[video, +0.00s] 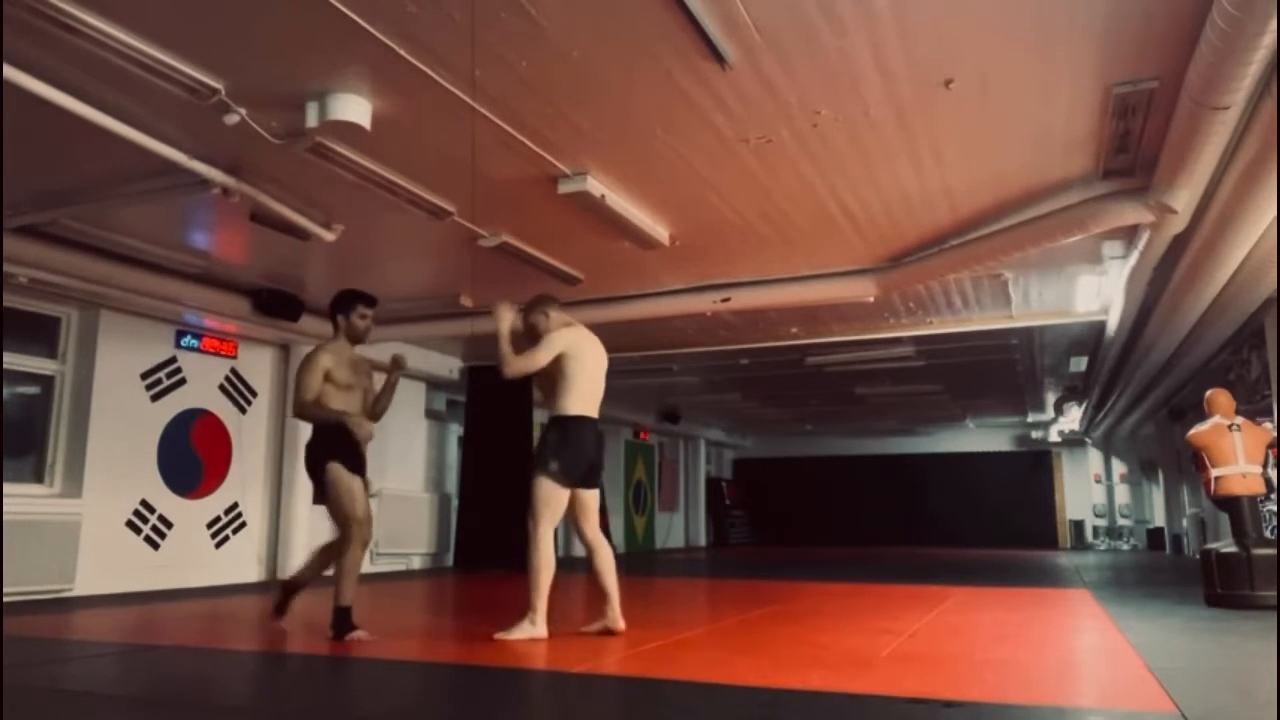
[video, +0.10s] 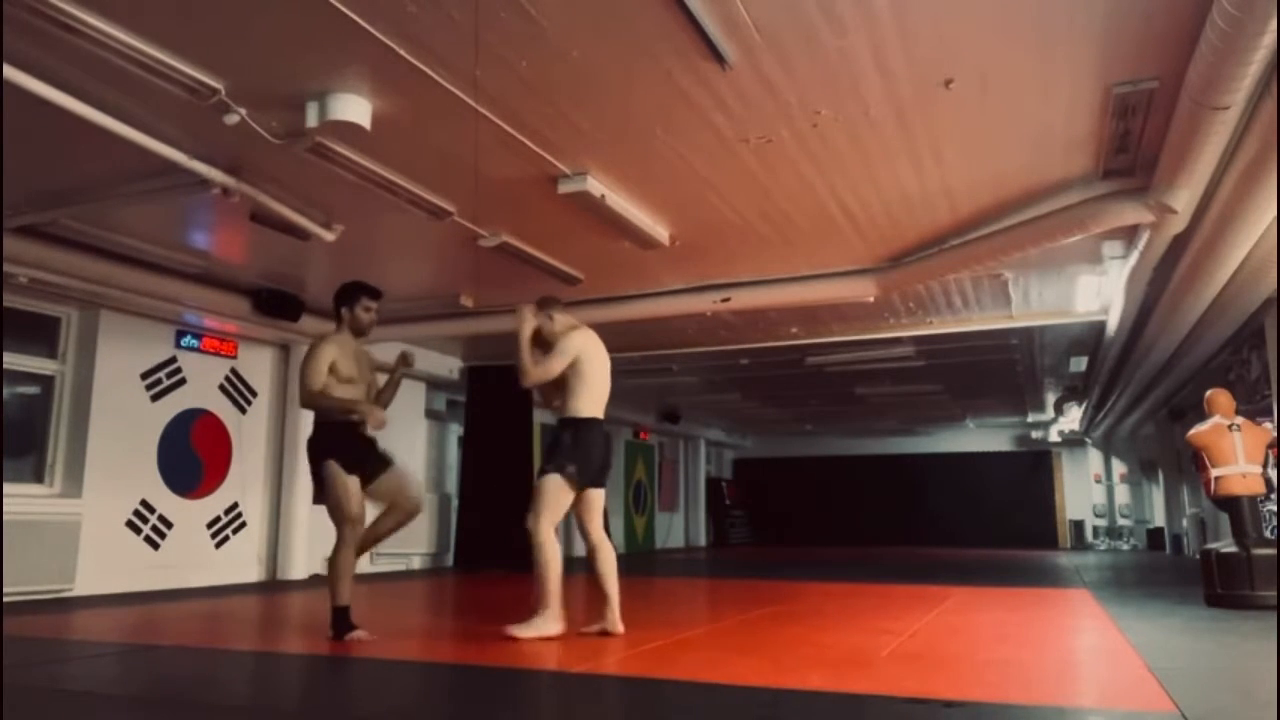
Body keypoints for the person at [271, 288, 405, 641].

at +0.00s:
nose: (368, 325)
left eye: (371, 319)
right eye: (362, 317)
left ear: (367, 322)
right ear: (341, 318)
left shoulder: (361, 363)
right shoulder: (321, 356)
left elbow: (373, 412)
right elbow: (302, 407)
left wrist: (392, 378)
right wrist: (347, 418)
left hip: (352, 449)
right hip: (329, 444)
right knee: (357, 529)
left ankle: (292, 585)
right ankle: (342, 620)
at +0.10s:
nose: (372, 318)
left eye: (375, 311)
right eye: (366, 310)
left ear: (372, 315)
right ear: (345, 311)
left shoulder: (363, 355)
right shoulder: (327, 346)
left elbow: (375, 404)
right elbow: (309, 395)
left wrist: (398, 373)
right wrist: (358, 408)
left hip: (360, 441)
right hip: (331, 439)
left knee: (408, 503)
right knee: (351, 523)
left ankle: (345, 556)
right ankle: (341, 620)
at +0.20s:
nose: (378, 315)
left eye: (380, 309)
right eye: (372, 307)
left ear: (375, 312)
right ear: (350, 307)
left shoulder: (368, 353)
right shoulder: (327, 342)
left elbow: (382, 403)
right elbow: (312, 388)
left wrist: (404, 376)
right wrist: (363, 398)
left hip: (369, 438)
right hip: (339, 439)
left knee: (440, 439)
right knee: (352, 527)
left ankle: (416, 512)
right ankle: (342, 623)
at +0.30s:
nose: (380, 316)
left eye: (383, 310)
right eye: (374, 308)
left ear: (381, 313)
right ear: (353, 308)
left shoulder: (372, 355)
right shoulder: (328, 342)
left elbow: (385, 405)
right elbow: (312, 387)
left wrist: (410, 378)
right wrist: (362, 396)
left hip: (383, 430)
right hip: (352, 437)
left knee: (448, 399)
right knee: (360, 528)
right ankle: (345, 622)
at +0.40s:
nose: (379, 316)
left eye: (382, 310)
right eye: (374, 308)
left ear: (380, 313)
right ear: (352, 308)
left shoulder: (375, 356)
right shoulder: (328, 343)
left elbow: (386, 405)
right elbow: (308, 390)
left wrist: (411, 383)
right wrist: (356, 400)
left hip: (392, 428)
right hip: (362, 437)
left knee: (462, 393)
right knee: (367, 531)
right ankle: (350, 620)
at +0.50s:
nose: (377, 318)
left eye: (380, 312)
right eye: (372, 311)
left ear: (377, 315)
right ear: (350, 309)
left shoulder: (375, 355)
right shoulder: (327, 348)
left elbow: (385, 407)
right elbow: (306, 396)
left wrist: (411, 384)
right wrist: (353, 406)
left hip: (401, 424)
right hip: (371, 439)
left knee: (477, 400)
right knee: (373, 529)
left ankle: (553, 411)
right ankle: (355, 618)